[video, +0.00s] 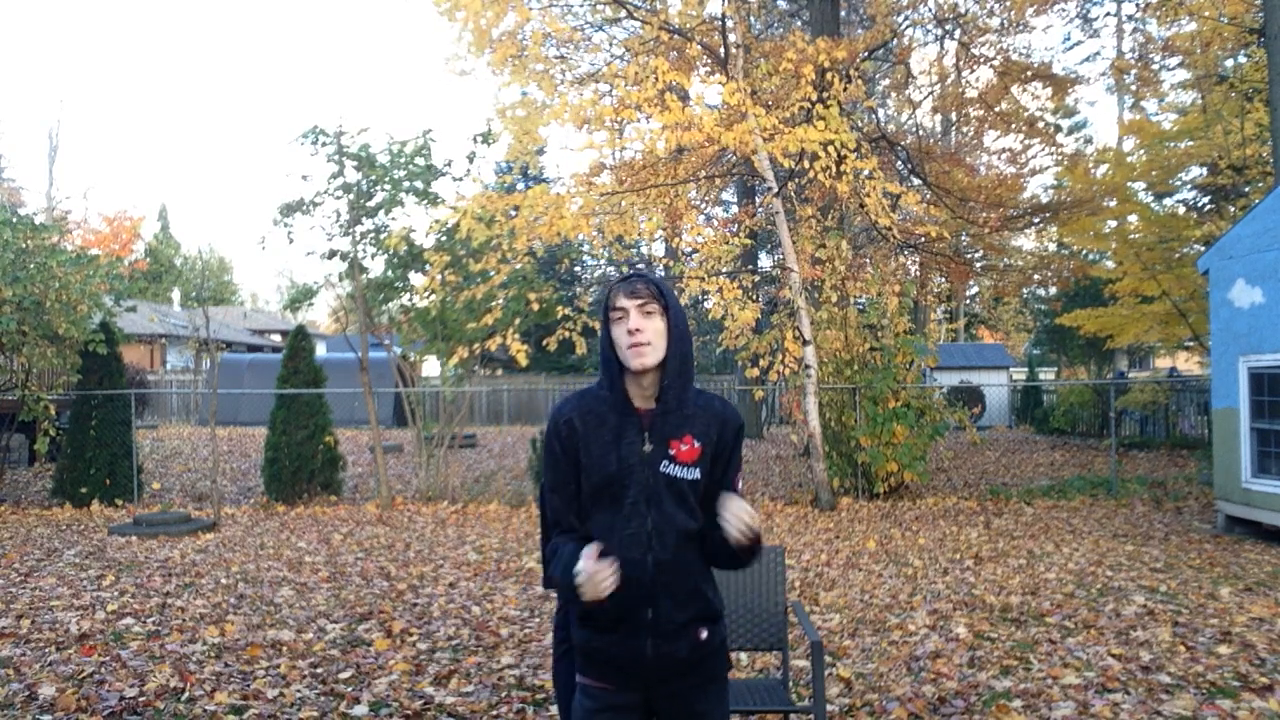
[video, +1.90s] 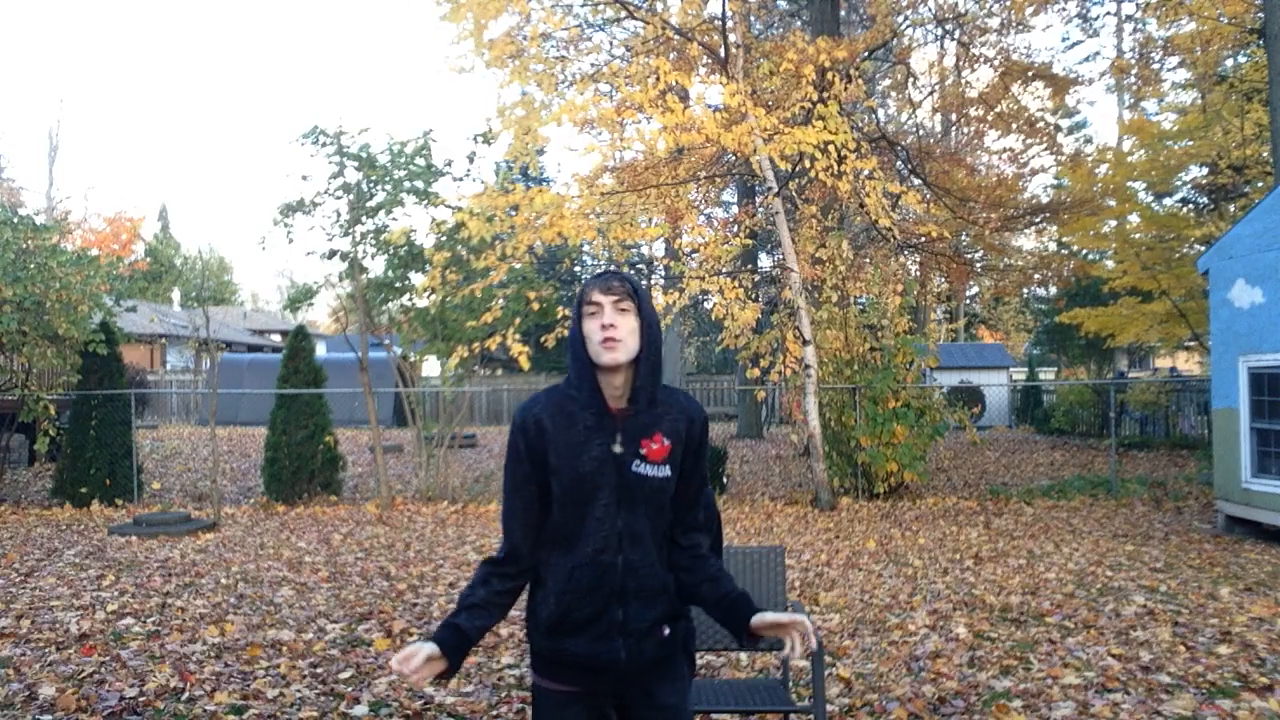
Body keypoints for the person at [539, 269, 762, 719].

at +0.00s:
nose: (634, 326)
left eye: (647, 311)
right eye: (619, 316)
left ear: (672, 325)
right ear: (607, 335)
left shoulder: (717, 421)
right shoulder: (573, 422)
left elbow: (721, 549)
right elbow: (556, 541)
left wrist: (743, 535)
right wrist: (575, 567)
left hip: (694, 656)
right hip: (604, 659)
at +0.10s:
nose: (631, 317)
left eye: (647, 304)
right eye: (618, 304)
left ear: (668, 320)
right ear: (601, 321)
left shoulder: (707, 408)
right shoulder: (566, 415)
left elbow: (723, 539)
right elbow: (555, 551)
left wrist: (681, 472)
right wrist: (613, 514)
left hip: (687, 645)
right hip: (597, 649)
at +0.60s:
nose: (606, 336)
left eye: (619, 326)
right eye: (593, 320)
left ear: (628, 341)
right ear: (565, 328)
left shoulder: (660, 409)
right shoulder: (519, 425)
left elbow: (708, 522)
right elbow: (494, 554)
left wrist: (653, 504)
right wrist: (571, 527)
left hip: (652, 663)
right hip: (559, 670)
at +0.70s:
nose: (608, 330)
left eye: (620, 319)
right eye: (593, 314)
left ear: (628, 331)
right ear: (563, 322)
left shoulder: (661, 401)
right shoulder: (517, 415)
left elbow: (715, 502)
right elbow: (497, 538)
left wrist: (706, 566)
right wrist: (531, 603)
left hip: (653, 653)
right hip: (562, 661)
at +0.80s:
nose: (612, 326)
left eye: (623, 315)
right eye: (597, 309)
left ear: (631, 329)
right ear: (564, 318)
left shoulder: (661, 395)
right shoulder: (523, 411)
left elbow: (715, 503)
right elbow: (507, 539)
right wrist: (483, 642)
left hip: (653, 644)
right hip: (565, 650)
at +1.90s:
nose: (606, 322)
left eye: (621, 309)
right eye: (592, 311)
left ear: (645, 325)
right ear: (578, 330)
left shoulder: (681, 418)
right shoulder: (540, 420)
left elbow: (693, 550)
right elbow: (515, 555)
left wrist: (746, 619)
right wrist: (447, 643)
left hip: (660, 662)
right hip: (566, 663)